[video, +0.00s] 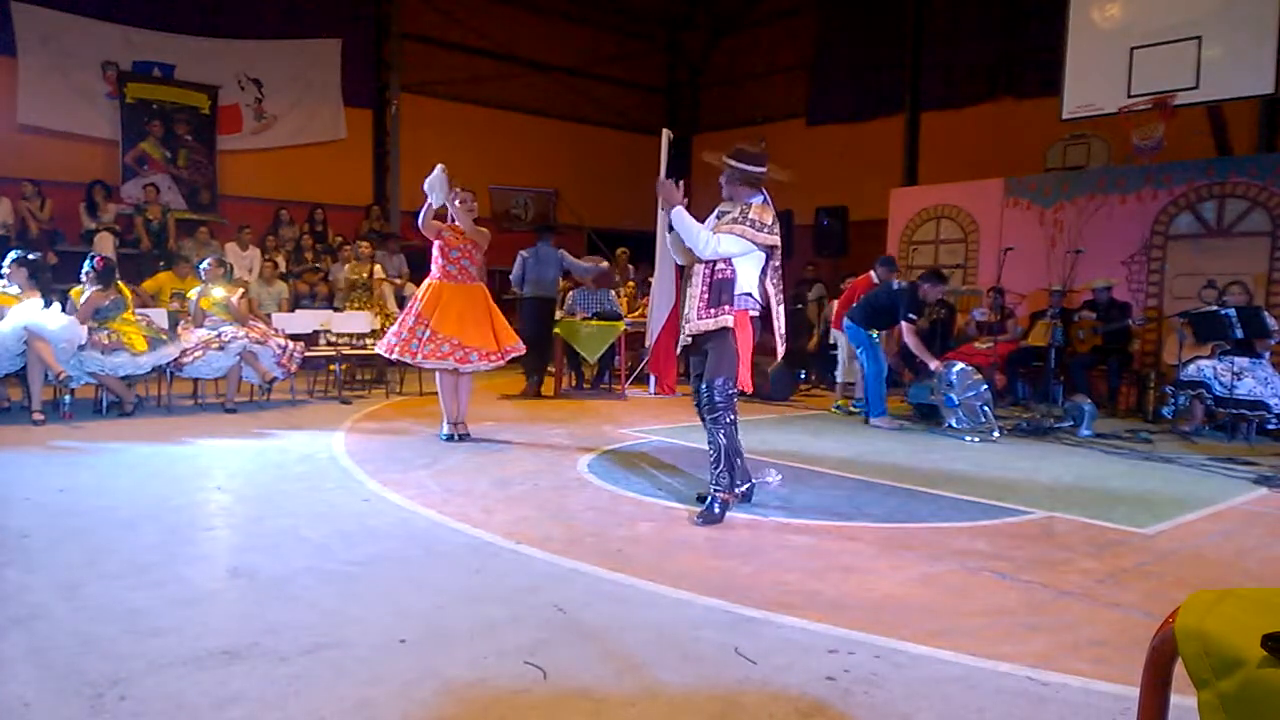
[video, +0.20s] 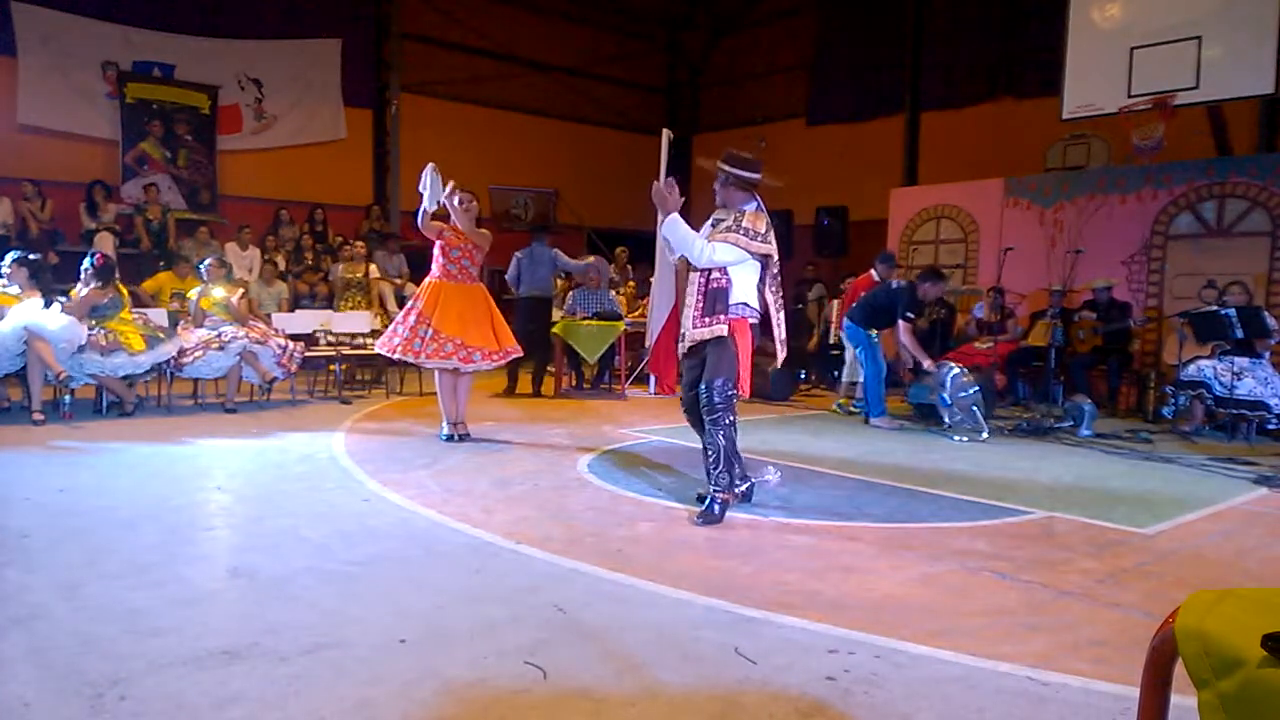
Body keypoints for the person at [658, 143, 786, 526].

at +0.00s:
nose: (721, 182)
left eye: (727, 177)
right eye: (722, 176)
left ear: (743, 182)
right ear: (744, 180)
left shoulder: (755, 218)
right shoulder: (724, 213)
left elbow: (709, 247)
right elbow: (685, 255)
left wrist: (675, 208)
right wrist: (671, 216)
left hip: (733, 316)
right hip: (706, 315)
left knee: (717, 402)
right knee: (706, 401)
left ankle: (719, 492)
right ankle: (739, 478)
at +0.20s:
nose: (714, 186)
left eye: (720, 181)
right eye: (716, 180)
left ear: (734, 185)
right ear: (737, 184)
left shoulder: (753, 225)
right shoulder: (718, 220)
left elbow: (704, 255)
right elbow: (682, 255)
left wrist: (670, 216)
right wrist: (668, 217)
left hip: (732, 323)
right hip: (703, 322)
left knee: (716, 402)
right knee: (692, 403)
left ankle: (719, 492)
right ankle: (736, 477)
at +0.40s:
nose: (714, 188)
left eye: (719, 182)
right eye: (716, 182)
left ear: (733, 187)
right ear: (737, 187)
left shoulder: (747, 224)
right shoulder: (719, 220)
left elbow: (701, 255)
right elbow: (681, 264)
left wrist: (673, 215)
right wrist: (670, 218)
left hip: (728, 323)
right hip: (700, 322)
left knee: (714, 402)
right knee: (689, 404)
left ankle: (718, 493)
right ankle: (734, 476)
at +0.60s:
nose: (713, 190)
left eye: (719, 184)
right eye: (716, 183)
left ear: (732, 189)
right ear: (739, 189)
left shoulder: (747, 227)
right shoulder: (718, 222)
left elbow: (700, 258)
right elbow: (681, 263)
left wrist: (671, 219)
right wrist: (672, 222)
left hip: (727, 324)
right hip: (700, 323)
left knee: (713, 401)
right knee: (687, 405)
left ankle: (719, 493)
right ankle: (732, 473)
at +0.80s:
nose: (713, 196)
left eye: (719, 192)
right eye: (714, 190)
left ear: (734, 197)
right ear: (737, 196)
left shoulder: (748, 232)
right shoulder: (721, 226)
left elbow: (700, 264)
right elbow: (691, 263)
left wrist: (667, 226)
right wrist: (668, 232)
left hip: (729, 326)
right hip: (701, 325)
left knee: (713, 399)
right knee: (685, 407)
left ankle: (718, 492)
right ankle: (732, 475)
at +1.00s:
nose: (713, 185)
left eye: (719, 179)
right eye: (716, 178)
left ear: (734, 185)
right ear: (736, 185)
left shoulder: (744, 222)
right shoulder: (724, 220)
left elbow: (694, 259)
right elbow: (692, 260)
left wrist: (666, 219)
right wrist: (681, 221)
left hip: (730, 321)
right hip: (706, 321)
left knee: (714, 400)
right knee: (694, 402)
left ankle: (721, 490)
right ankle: (733, 475)